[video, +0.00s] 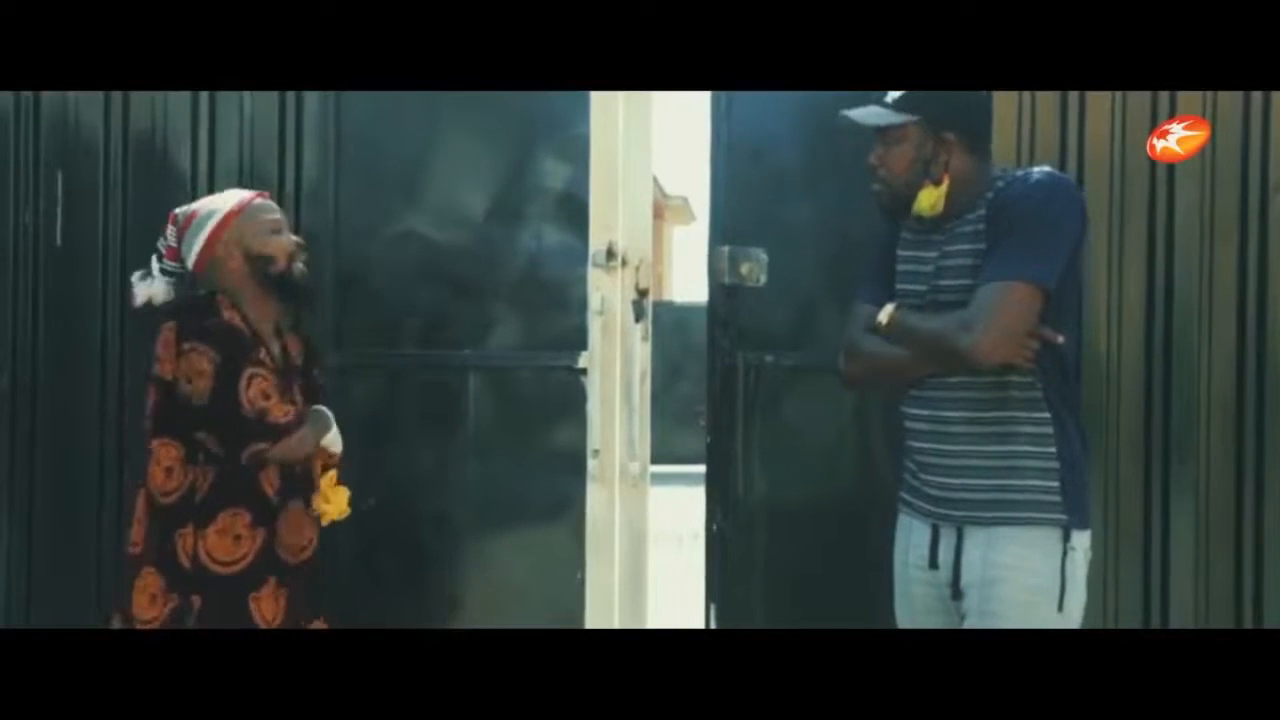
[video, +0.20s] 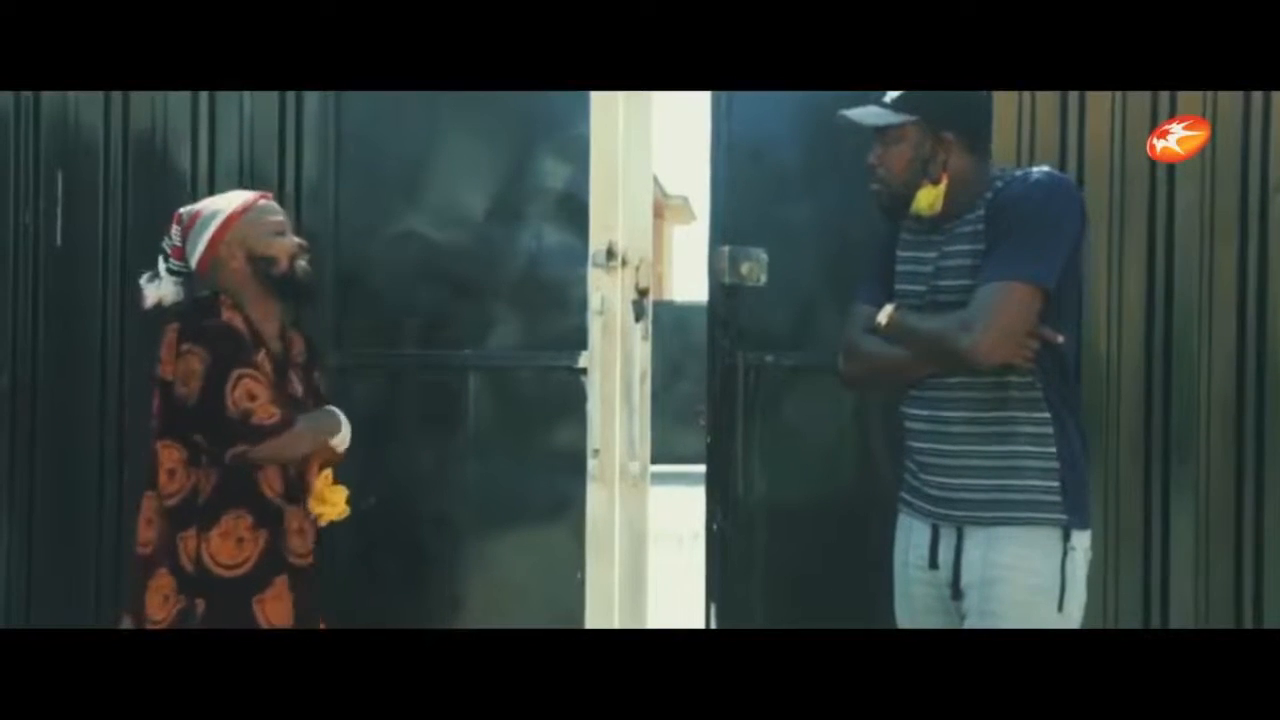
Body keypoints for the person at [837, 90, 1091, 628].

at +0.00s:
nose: (873, 160)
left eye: (890, 142)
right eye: (874, 143)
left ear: (946, 146)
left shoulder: (1040, 196)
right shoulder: (902, 224)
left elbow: (989, 342)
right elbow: (854, 360)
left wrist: (890, 317)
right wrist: (975, 339)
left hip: (1025, 523)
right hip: (922, 514)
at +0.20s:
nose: (872, 160)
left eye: (889, 142)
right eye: (874, 142)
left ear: (944, 145)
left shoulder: (1039, 196)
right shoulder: (903, 224)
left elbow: (987, 342)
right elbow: (853, 361)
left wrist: (889, 318)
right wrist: (975, 339)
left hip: (1025, 523)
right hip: (922, 514)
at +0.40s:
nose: (871, 160)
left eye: (888, 142)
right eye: (873, 143)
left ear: (944, 145)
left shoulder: (1039, 196)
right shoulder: (902, 225)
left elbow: (987, 343)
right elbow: (853, 362)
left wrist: (890, 319)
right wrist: (976, 340)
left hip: (1025, 523)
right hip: (922, 514)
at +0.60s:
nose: (872, 160)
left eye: (889, 143)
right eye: (874, 143)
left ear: (945, 147)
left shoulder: (1040, 196)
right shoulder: (901, 223)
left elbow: (990, 343)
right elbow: (854, 361)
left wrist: (890, 319)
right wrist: (977, 339)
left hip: (1025, 521)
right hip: (922, 512)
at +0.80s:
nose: (874, 160)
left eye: (891, 143)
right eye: (875, 143)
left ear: (947, 147)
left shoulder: (1041, 197)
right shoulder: (901, 224)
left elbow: (992, 343)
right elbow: (854, 361)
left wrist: (889, 319)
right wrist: (979, 339)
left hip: (1025, 521)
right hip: (922, 512)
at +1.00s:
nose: (875, 159)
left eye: (892, 142)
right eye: (877, 142)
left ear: (948, 145)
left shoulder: (1042, 197)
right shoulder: (902, 224)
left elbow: (994, 343)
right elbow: (855, 362)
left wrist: (890, 319)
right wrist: (979, 338)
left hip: (1025, 522)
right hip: (922, 513)